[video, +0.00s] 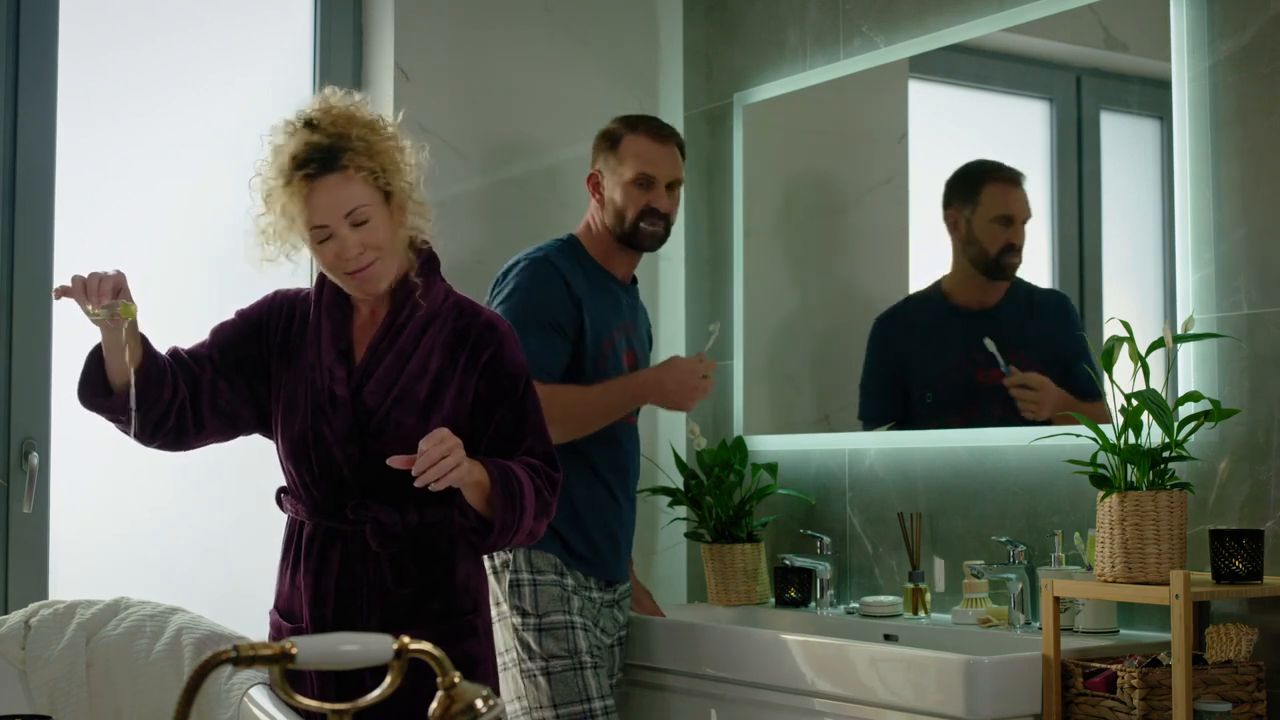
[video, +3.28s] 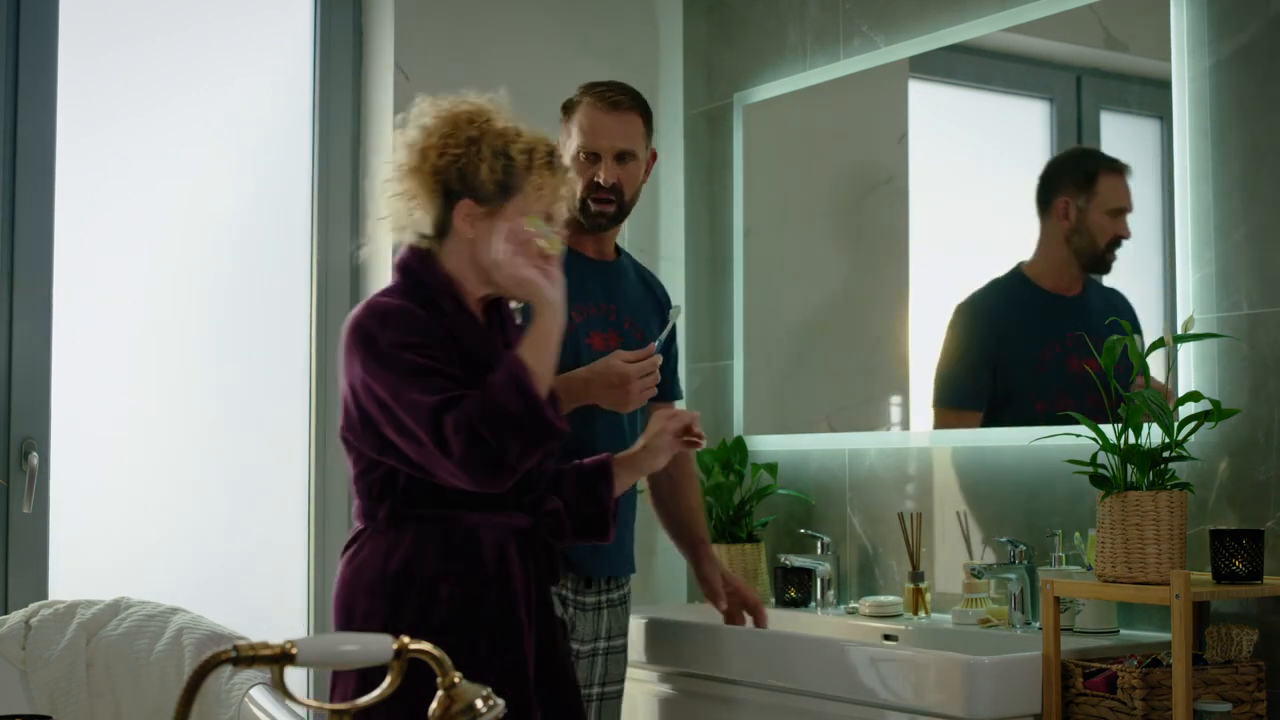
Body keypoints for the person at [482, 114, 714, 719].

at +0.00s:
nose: (660, 203)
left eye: (672, 187)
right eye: (642, 183)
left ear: (681, 193)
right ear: (597, 185)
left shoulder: (630, 304)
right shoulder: (539, 279)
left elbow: (603, 461)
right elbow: (514, 413)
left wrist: (626, 579)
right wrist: (646, 387)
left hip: (601, 577)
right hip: (541, 567)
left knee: (587, 708)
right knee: (570, 710)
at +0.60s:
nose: (613, 178)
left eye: (636, 164)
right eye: (601, 156)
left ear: (668, 178)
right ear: (579, 156)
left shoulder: (668, 295)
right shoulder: (508, 265)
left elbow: (682, 441)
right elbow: (469, 413)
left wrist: (710, 563)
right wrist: (573, 404)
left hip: (604, 566)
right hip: (513, 556)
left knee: (594, 712)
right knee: (523, 714)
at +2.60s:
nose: (599, 187)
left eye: (623, 172)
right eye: (589, 164)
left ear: (665, 177)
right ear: (574, 153)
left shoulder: (681, 297)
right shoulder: (499, 265)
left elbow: (697, 457)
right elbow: (454, 414)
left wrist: (720, 593)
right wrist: (548, 411)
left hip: (609, 594)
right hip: (496, 586)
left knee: (602, 712)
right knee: (494, 713)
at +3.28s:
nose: (605, 176)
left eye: (623, 158)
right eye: (588, 156)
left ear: (648, 166)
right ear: (559, 158)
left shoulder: (650, 296)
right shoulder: (516, 271)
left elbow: (666, 440)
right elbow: (483, 406)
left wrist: (706, 564)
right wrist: (580, 389)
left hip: (607, 575)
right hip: (518, 568)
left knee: (595, 712)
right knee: (519, 710)